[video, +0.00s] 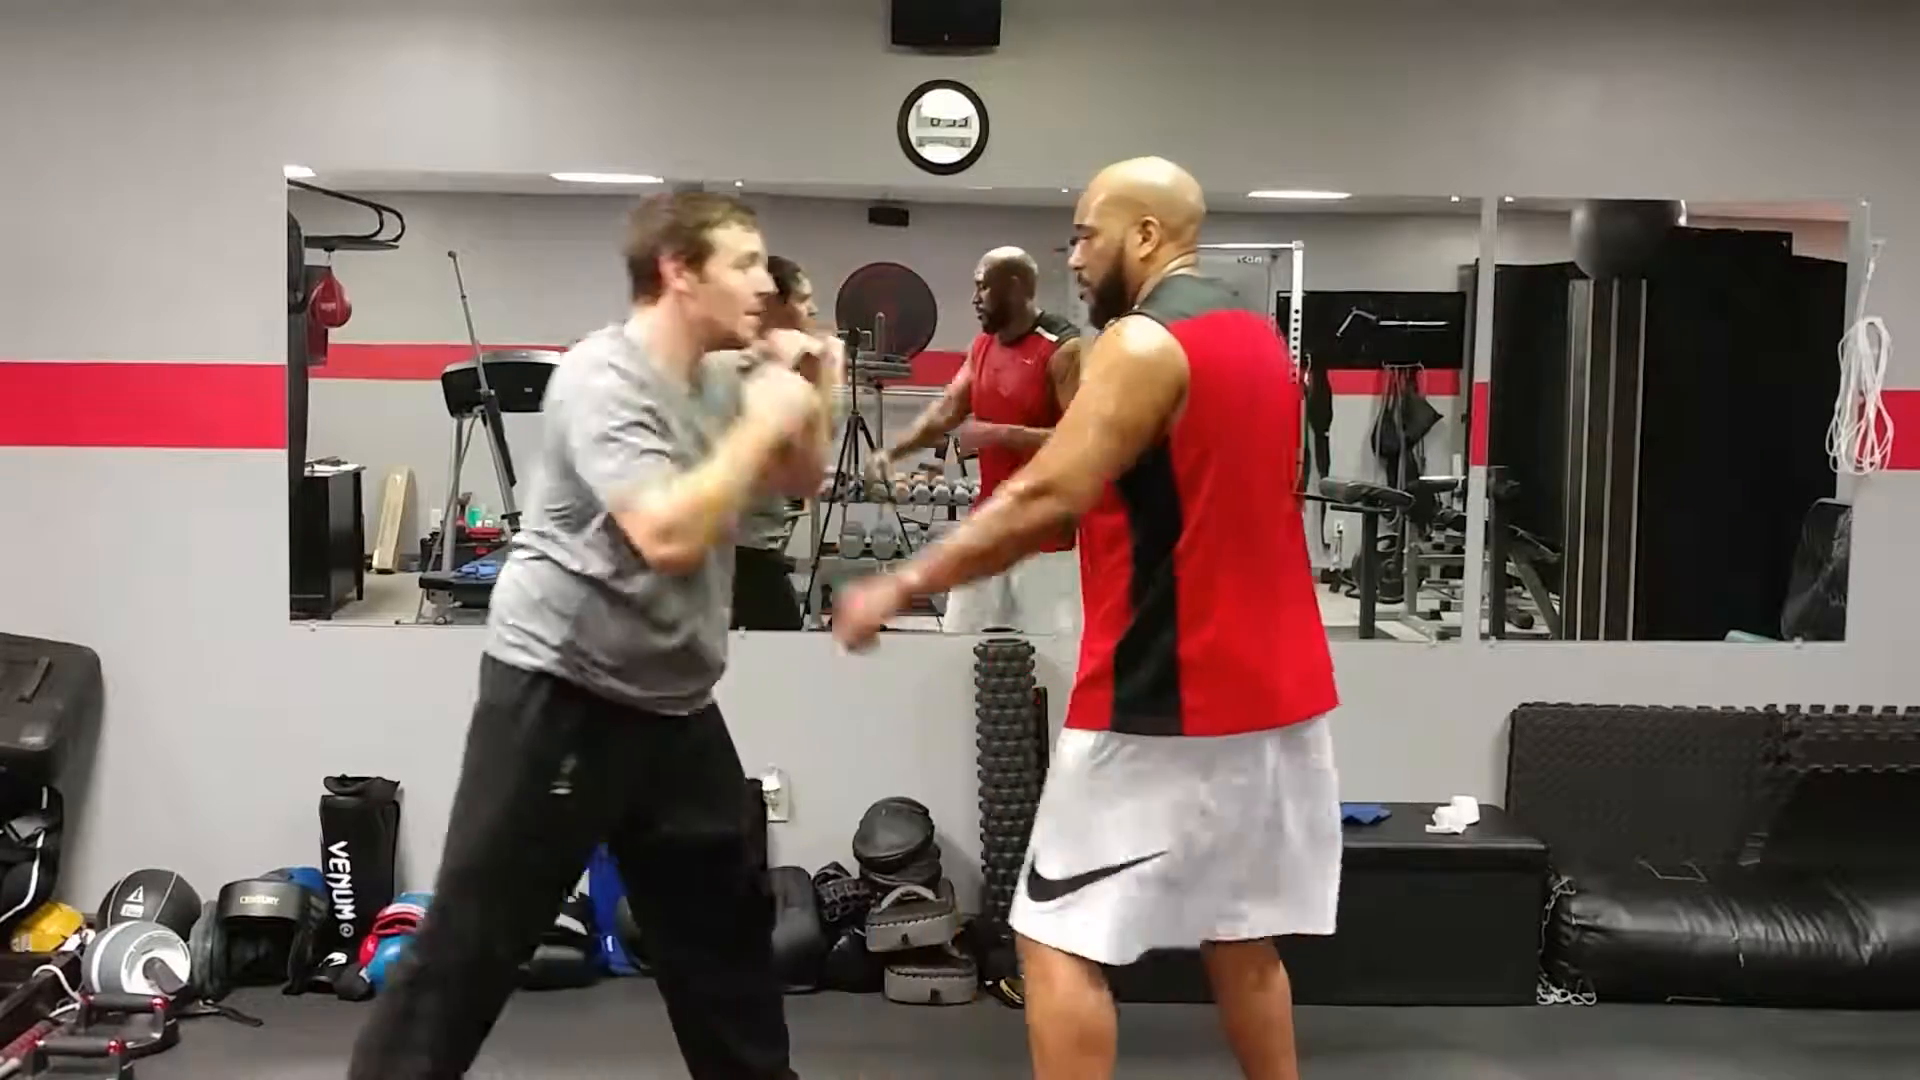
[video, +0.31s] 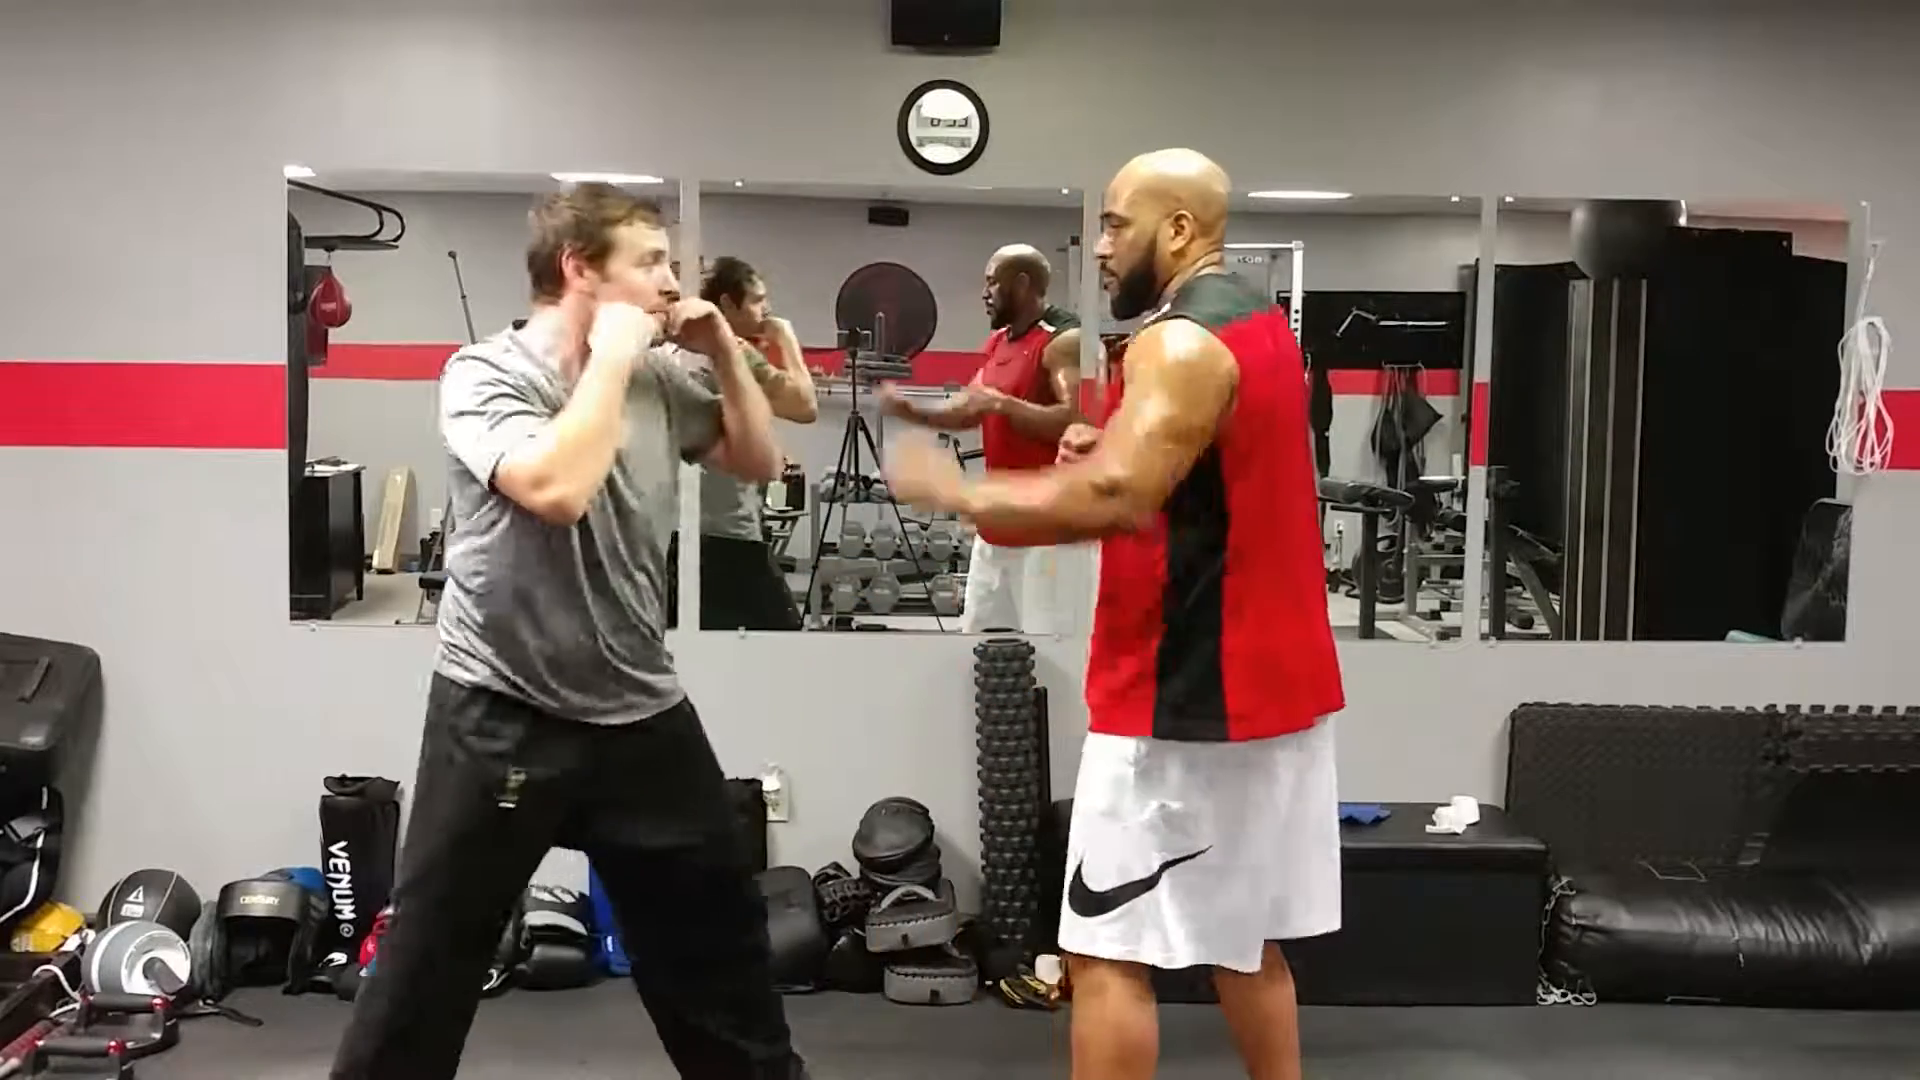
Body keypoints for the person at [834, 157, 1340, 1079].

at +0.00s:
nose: (1075, 259)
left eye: (1087, 238)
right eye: (1076, 239)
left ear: (1148, 236)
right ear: (1173, 240)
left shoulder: (1143, 346)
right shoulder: (1262, 343)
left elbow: (1052, 497)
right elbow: (1213, 502)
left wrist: (902, 583)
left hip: (1153, 695)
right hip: (1275, 689)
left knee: (1056, 936)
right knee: (1240, 932)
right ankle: (1278, 1076)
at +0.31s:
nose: (1100, 244)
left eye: (1115, 225)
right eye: (1102, 225)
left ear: (1181, 230)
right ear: (1195, 233)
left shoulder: (1183, 341)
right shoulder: (1259, 324)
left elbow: (1116, 491)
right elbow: (1227, 491)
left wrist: (961, 492)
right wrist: (1112, 451)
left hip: (1174, 697)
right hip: (1273, 688)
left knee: (1106, 953)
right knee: (1245, 938)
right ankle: (1278, 1079)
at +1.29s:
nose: (1016, 291)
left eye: (1025, 274)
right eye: (1019, 274)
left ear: (1066, 275)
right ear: (1133, 282)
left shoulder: (1021, 365)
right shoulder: (1228, 393)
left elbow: (857, 403)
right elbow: (1325, 524)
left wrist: (821, 348)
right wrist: (1183, 530)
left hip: (1051, 737)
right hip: (1198, 736)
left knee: (918, 964)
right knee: (1175, 944)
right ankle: (1256, 1079)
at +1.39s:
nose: (1014, 287)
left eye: (1024, 271)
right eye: (1018, 270)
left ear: (1066, 274)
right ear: (1131, 279)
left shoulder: (1021, 368)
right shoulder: (1231, 392)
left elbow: (857, 409)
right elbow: (1329, 526)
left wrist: (830, 352)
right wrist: (1187, 528)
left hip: (1057, 740)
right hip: (1203, 734)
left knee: (920, 965)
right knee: (1178, 942)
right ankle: (1257, 1079)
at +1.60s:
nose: (1033, 294)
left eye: (1042, 277)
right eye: (1036, 277)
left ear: (1082, 279)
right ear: (1144, 286)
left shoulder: (1031, 380)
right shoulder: (1238, 398)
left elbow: (858, 424)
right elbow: (1337, 535)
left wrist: (822, 361)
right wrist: (1212, 549)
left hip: (1056, 741)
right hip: (1205, 736)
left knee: (919, 965)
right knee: (1186, 955)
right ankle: (1256, 1079)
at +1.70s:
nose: (1071, 280)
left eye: (1079, 263)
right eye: (1073, 263)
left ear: (1125, 267)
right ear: (1182, 272)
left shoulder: (1083, 370)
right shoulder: (1273, 383)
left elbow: (906, 436)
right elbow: (1364, 522)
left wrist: (827, 382)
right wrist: (1243, 534)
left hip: (1101, 724)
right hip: (1241, 721)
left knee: (968, 969)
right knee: (1191, 937)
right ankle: (1258, 1076)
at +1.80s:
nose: (1100, 268)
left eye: (1110, 249)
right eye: (1101, 250)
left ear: (1163, 247)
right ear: (1201, 253)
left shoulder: (1130, 355)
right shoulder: (1298, 359)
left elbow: (963, 433)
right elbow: (1378, 506)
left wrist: (841, 389)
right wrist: (1270, 549)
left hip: (1165, 699)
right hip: (1299, 694)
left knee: (1014, 937)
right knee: (1222, 925)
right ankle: (1276, 1075)